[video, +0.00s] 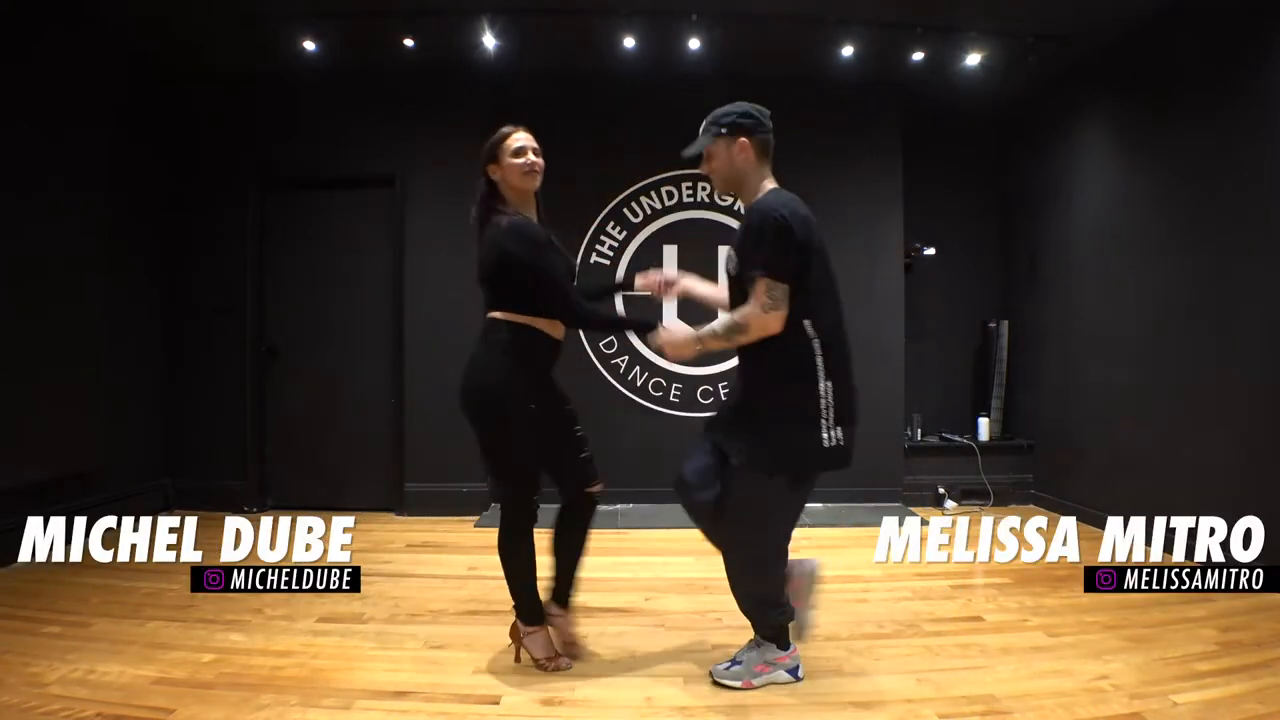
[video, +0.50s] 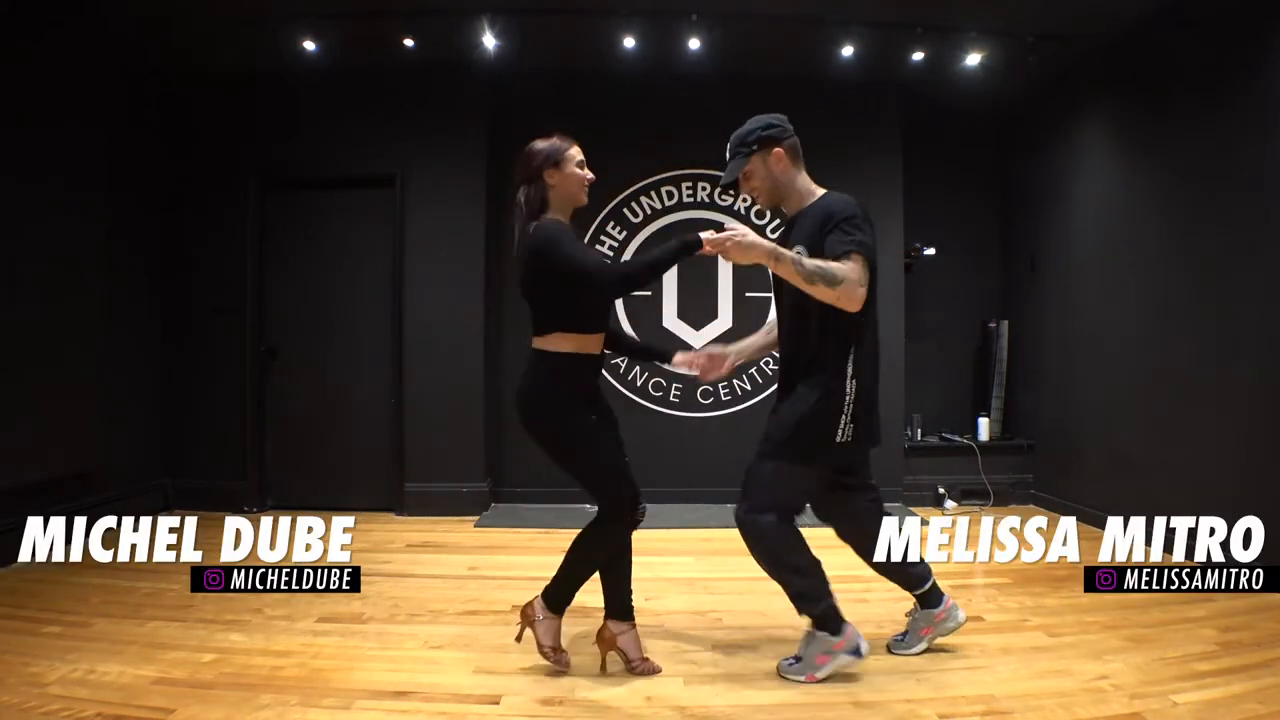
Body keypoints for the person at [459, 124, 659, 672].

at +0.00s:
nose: (532, 159)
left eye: (536, 152)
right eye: (518, 153)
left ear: (542, 166)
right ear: (494, 172)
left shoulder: (535, 229)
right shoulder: (510, 233)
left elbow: (572, 292)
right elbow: (572, 313)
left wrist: (630, 282)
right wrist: (645, 326)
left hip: (532, 374)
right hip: (502, 374)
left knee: (582, 488)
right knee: (519, 499)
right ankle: (529, 624)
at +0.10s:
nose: (545, 160)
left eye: (548, 153)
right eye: (531, 154)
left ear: (554, 167)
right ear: (506, 173)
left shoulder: (542, 232)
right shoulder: (524, 236)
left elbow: (584, 280)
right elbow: (584, 318)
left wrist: (632, 255)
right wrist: (658, 364)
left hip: (534, 380)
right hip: (516, 382)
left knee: (604, 488)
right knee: (527, 501)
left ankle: (607, 612)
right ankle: (530, 623)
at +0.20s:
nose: (565, 163)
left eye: (565, 155)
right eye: (551, 156)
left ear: (564, 167)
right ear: (522, 172)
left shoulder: (558, 233)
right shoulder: (534, 236)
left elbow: (598, 283)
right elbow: (587, 318)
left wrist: (646, 246)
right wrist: (663, 364)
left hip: (550, 381)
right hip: (523, 382)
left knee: (613, 488)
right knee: (545, 497)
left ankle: (625, 618)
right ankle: (532, 623)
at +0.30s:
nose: (585, 167)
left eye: (583, 159)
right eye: (574, 160)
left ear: (565, 174)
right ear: (542, 172)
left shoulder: (575, 237)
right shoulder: (545, 237)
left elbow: (618, 291)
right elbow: (585, 299)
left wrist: (672, 274)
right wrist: (675, 308)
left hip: (570, 384)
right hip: (541, 387)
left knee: (616, 498)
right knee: (582, 502)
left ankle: (621, 623)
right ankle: (536, 619)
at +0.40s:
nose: (591, 171)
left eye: (588, 161)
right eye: (580, 162)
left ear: (563, 175)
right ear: (549, 175)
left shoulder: (575, 238)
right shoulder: (549, 239)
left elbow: (614, 308)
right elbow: (603, 297)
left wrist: (681, 289)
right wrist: (677, 284)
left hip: (579, 383)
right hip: (551, 386)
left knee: (616, 498)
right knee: (608, 498)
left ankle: (618, 623)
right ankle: (545, 615)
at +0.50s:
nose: (591, 174)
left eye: (587, 166)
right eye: (580, 166)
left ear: (561, 177)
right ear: (549, 176)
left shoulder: (569, 241)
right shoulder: (546, 237)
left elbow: (602, 333)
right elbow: (614, 280)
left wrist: (668, 356)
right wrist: (690, 243)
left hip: (581, 386)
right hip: (553, 389)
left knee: (622, 504)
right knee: (619, 503)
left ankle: (619, 623)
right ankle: (546, 608)